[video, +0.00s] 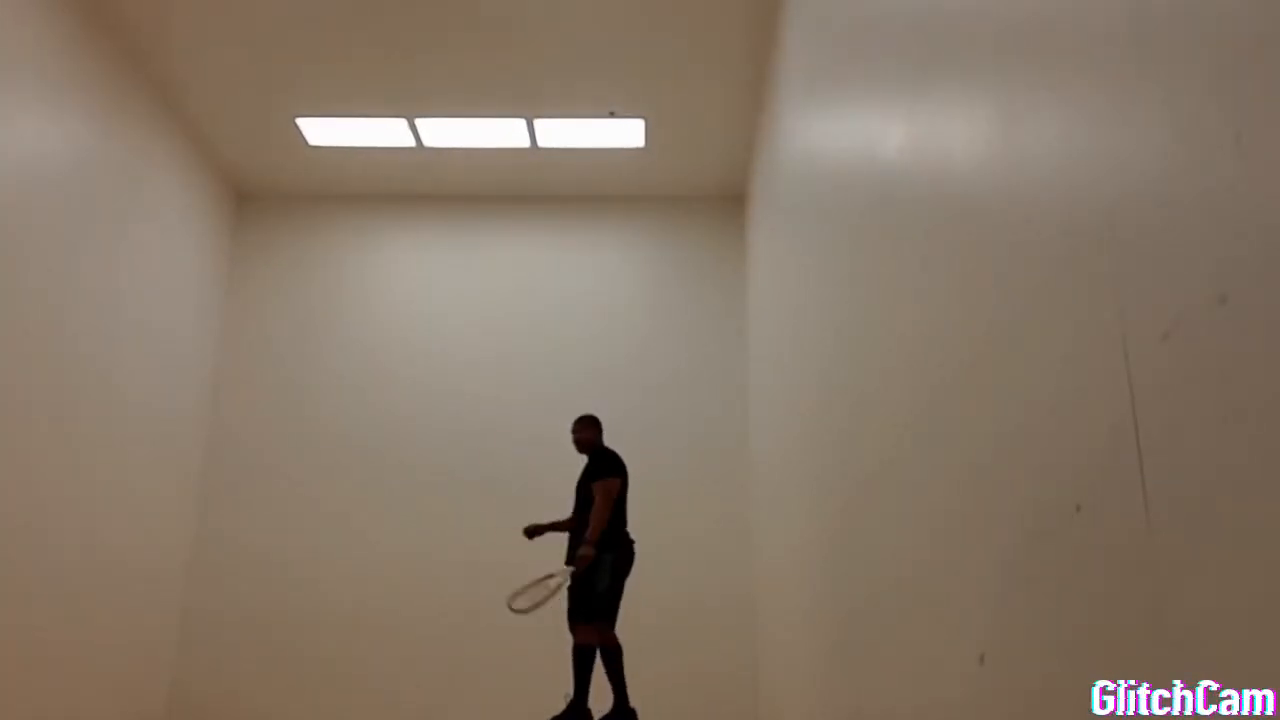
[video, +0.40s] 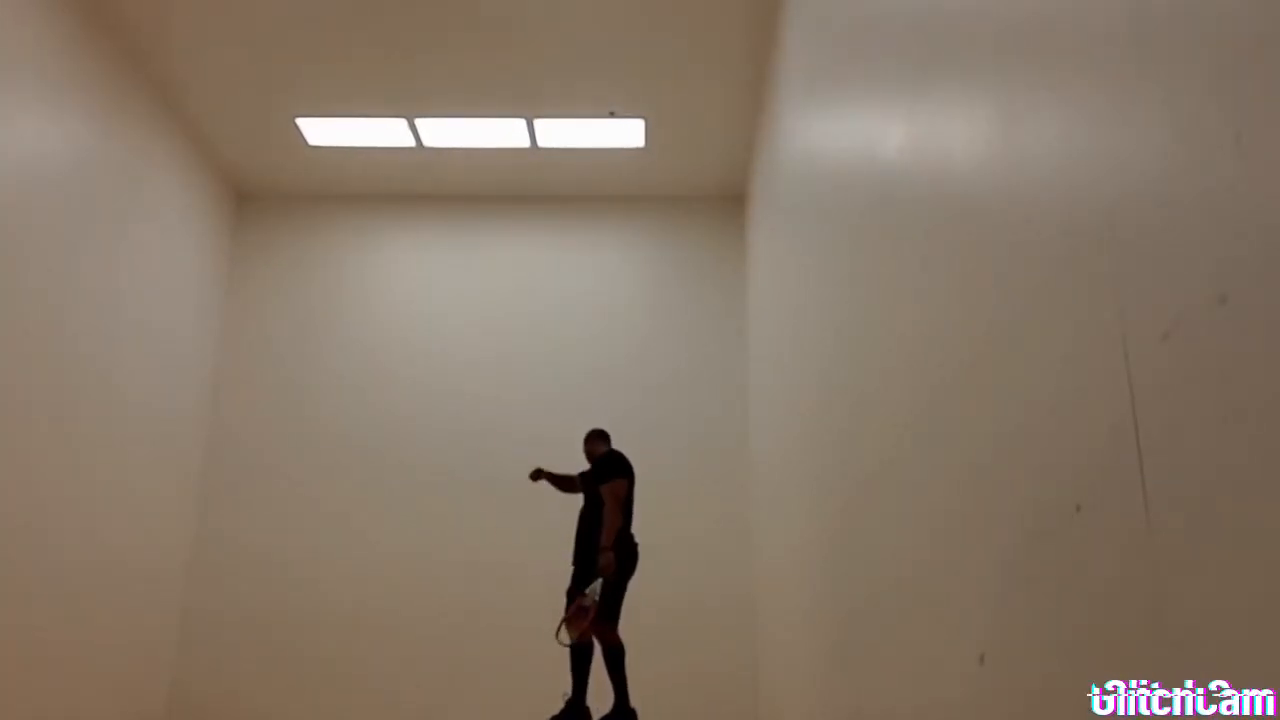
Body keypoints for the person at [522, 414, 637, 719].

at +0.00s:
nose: (576, 439)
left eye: (581, 433)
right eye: (574, 434)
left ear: (595, 433)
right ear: (579, 437)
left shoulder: (605, 463)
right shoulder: (594, 467)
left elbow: (602, 511)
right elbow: (580, 519)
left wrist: (588, 545)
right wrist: (546, 528)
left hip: (602, 554)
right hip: (604, 555)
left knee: (585, 628)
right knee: (602, 629)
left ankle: (579, 705)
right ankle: (622, 706)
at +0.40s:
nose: (586, 452)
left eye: (587, 447)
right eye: (586, 448)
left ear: (594, 444)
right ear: (604, 443)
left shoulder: (614, 465)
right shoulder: (598, 471)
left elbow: (614, 510)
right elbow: (574, 484)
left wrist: (606, 550)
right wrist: (546, 476)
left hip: (614, 558)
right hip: (589, 557)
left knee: (604, 627)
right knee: (579, 626)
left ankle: (622, 705)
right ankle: (577, 704)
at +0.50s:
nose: (585, 456)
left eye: (586, 451)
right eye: (585, 452)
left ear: (593, 446)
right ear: (604, 444)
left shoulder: (612, 462)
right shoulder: (600, 468)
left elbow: (611, 504)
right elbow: (576, 477)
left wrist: (599, 544)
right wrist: (550, 471)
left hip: (609, 556)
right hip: (613, 556)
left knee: (580, 624)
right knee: (606, 628)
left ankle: (577, 704)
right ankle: (622, 705)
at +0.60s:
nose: (582, 458)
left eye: (582, 453)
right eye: (582, 454)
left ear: (587, 447)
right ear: (601, 443)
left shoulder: (609, 460)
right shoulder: (601, 466)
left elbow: (608, 501)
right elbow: (576, 474)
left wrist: (591, 540)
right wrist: (550, 472)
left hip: (609, 552)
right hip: (614, 552)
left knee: (582, 624)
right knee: (606, 627)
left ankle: (577, 704)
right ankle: (622, 705)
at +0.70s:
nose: (576, 459)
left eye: (577, 454)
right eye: (576, 456)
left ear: (584, 448)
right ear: (596, 444)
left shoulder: (605, 459)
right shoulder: (599, 466)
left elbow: (605, 500)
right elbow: (576, 476)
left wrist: (585, 538)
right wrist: (550, 474)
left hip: (607, 551)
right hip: (613, 551)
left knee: (584, 626)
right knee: (606, 627)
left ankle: (578, 704)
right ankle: (623, 705)